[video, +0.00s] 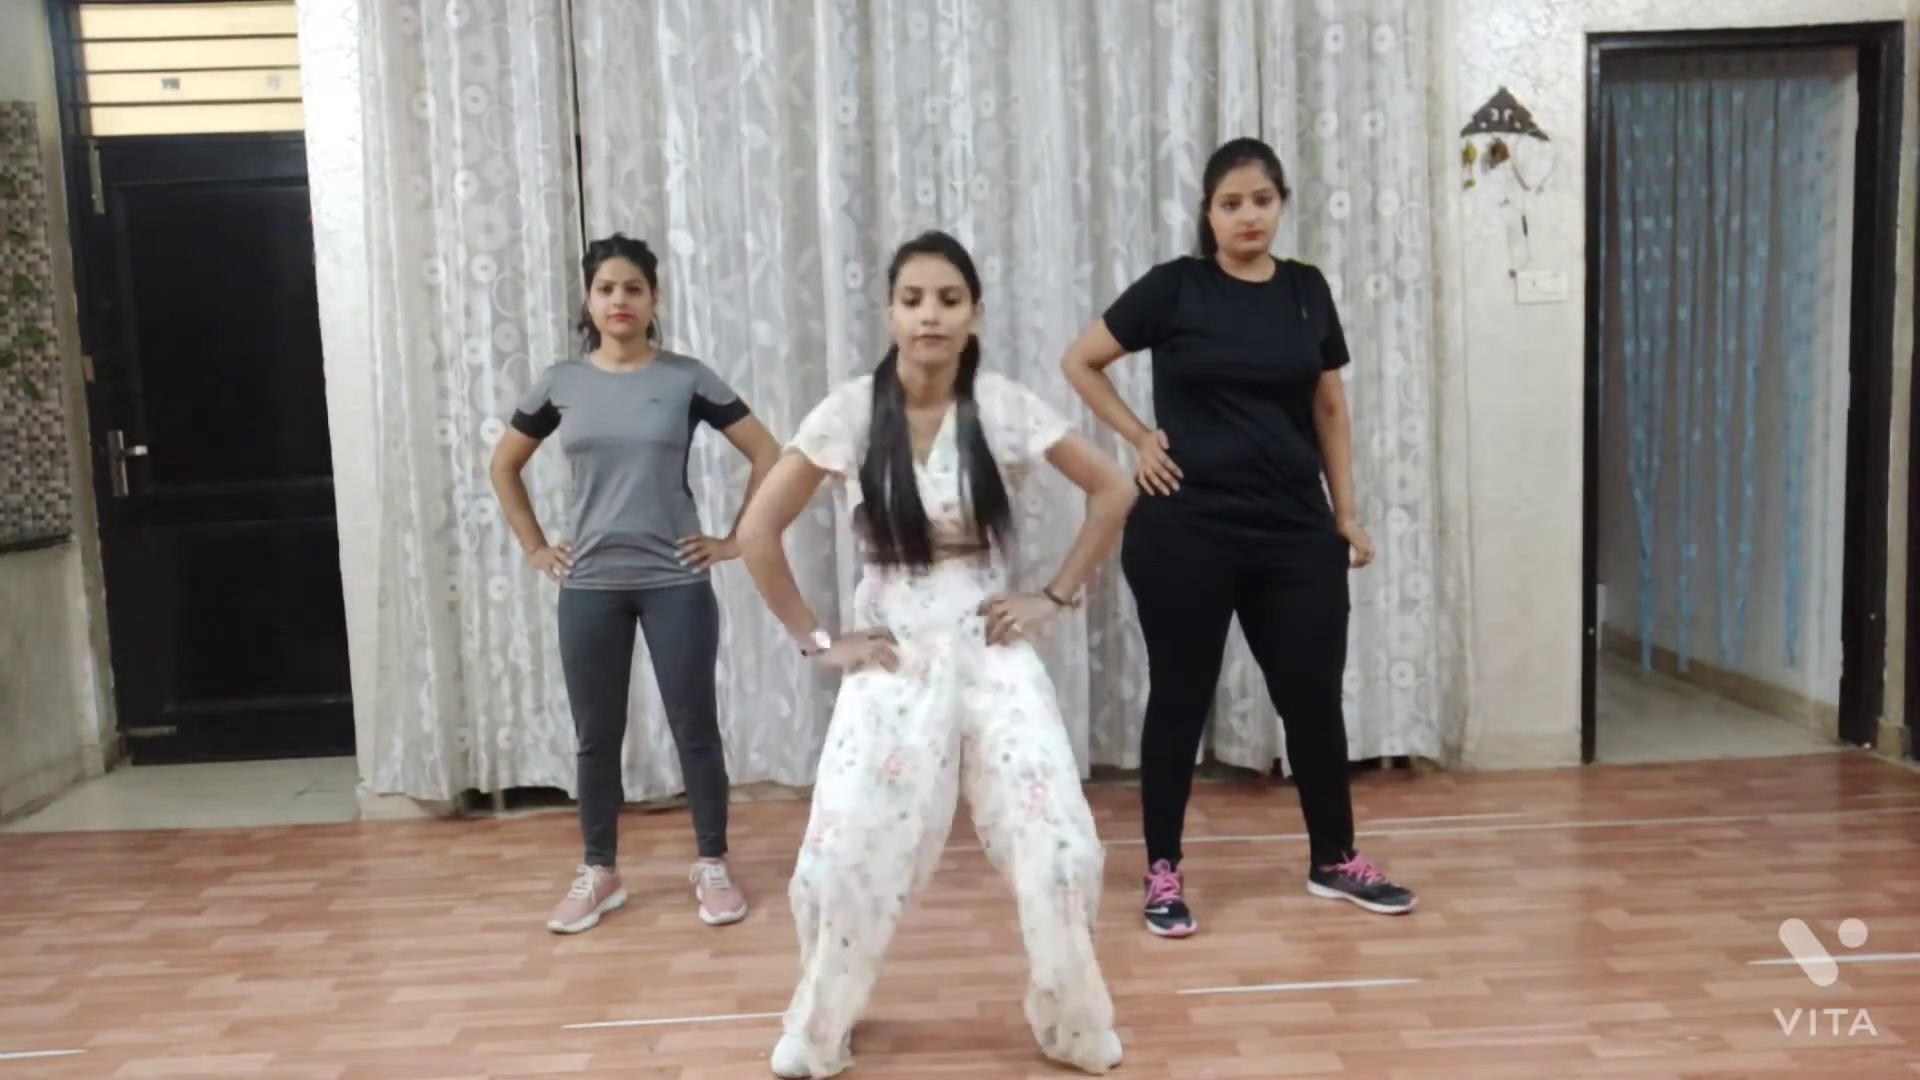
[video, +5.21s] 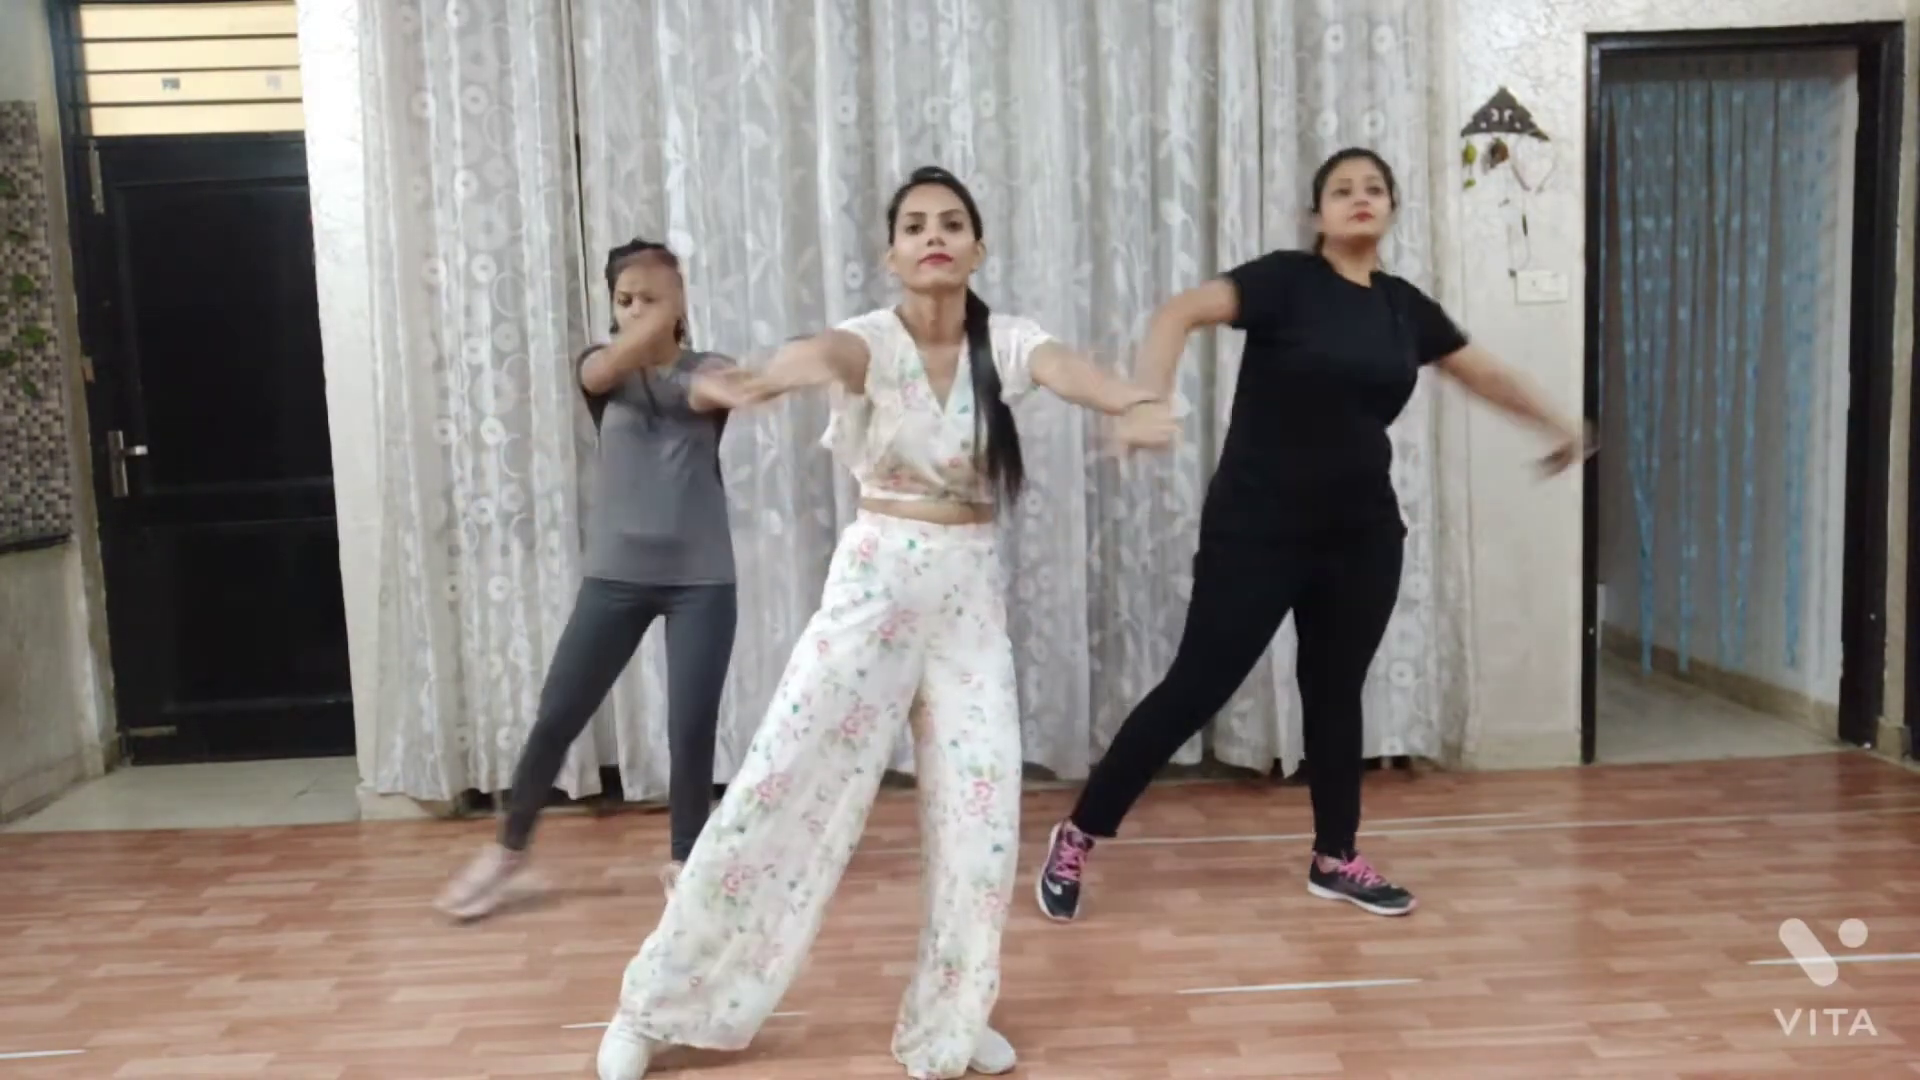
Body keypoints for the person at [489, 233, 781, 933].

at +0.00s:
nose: (620, 300)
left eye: (633, 288)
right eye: (606, 289)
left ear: (654, 299)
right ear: (587, 301)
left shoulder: (688, 379)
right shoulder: (562, 383)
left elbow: (769, 456)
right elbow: (503, 465)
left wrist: (736, 539)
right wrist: (537, 547)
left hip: (675, 575)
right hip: (591, 579)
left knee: (695, 729)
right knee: (596, 736)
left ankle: (712, 866)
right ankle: (599, 871)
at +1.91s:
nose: (616, 302)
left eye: (629, 290)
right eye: (603, 291)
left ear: (651, 300)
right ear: (584, 302)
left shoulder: (686, 378)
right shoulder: (558, 384)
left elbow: (766, 455)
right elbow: (502, 468)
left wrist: (736, 538)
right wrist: (537, 549)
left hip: (675, 574)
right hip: (590, 579)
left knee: (695, 727)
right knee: (596, 736)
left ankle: (712, 866)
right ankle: (599, 872)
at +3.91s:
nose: (613, 301)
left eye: (627, 289)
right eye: (600, 290)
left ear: (647, 301)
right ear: (581, 301)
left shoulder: (682, 378)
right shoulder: (556, 385)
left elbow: (763, 453)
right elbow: (500, 468)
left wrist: (733, 538)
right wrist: (537, 548)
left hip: (674, 574)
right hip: (589, 579)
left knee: (693, 726)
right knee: (595, 736)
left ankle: (712, 866)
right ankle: (599, 872)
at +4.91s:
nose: (621, 303)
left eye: (634, 290)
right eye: (608, 292)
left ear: (658, 297)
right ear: (591, 303)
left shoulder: (694, 379)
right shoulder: (569, 375)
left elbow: (752, 460)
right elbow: (473, 441)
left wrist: (806, 518)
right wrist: (473, 529)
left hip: (674, 574)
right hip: (589, 582)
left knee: (680, 732)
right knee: (595, 738)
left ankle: (687, 873)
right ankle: (599, 873)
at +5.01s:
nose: (629, 307)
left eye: (642, 293)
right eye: (616, 295)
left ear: (667, 299)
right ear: (601, 305)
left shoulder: (701, 377)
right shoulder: (583, 372)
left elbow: (757, 443)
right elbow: (521, 414)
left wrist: (826, 497)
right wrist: (470, 445)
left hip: (680, 578)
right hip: (596, 580)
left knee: (683, 733)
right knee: (587, 736)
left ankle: (687, 871)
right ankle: (597, 872)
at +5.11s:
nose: (632, 309)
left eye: (646, 295)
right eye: (620, 298)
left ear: (675, 302)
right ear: (606, 309)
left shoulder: (707, 379)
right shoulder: (600, 372)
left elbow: (750, 421)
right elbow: (565, 384)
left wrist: (807, 455)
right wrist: (524, 370)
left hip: (688, 580)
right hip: (605, 581)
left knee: (688, 726)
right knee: (567, 721)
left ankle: (685, 869)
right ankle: (579, 864)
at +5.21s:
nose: (640, 313)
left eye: (653, 299)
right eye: (627, 301)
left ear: (683, 303)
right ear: (610, 309)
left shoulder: (709, 371)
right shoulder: (598, 366)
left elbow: (729, 389)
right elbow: (600, 375)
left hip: (701, 579)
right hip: (616, 577)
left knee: (691, 736)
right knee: (556, 716)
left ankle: (687, 874)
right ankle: (509, 851)